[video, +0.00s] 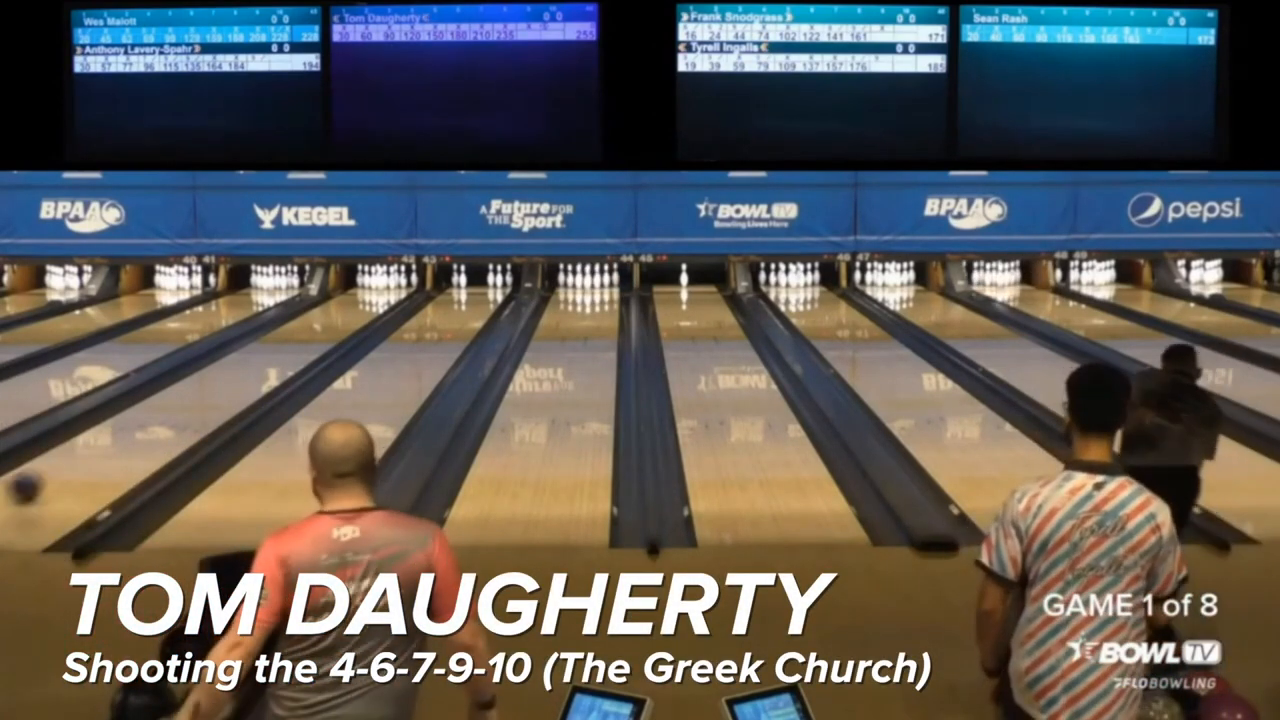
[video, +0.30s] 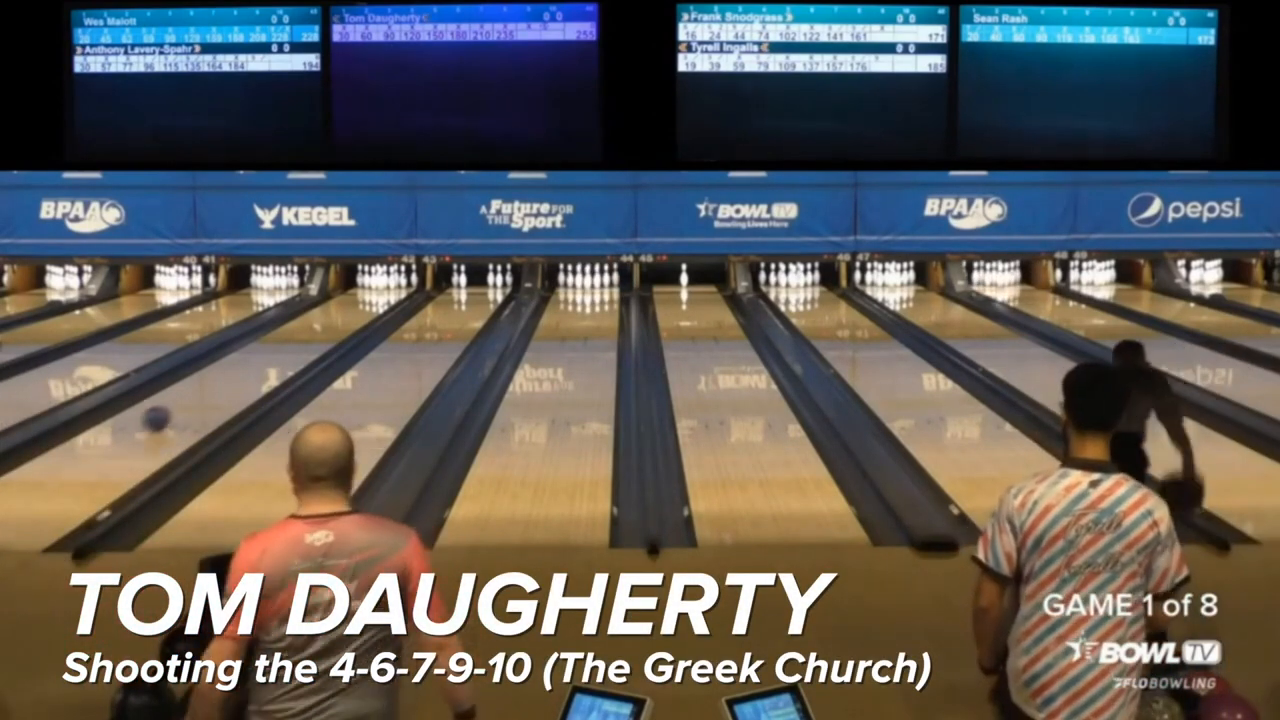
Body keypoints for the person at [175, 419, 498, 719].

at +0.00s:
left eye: (313, 468)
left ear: (314, 476)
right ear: (373, 468)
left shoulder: (283, 549)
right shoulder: (426, 540)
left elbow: (238, 649)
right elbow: (473, 648)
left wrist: (189, 713)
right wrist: (484, 703)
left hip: (295, 709)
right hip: (384, 709)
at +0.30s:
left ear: (292, 475)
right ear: (353, 472)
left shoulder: (256, 552)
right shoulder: (402, 545)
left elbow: (219, 673)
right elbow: (447, 654)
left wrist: (197, 715)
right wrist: (466, 710)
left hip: (277, 710)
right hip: (367, 709)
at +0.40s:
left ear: (269, 474)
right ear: (329, 474)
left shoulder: (229, 553)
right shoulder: (370, 551)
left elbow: (205, 662)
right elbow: (410, 650)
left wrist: (208, 713)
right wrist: (445, 704)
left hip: (254, 710)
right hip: (344, 709)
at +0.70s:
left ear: (235, 468)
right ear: (294, 469)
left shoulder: (194, 544)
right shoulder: (330, 546)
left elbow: (178, 645)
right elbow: (357, 645)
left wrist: (196, 697)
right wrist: (393, 704)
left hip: (219, 710)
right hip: (309, 710)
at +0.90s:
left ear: (226, 465)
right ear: (286, 466)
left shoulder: (186, 540)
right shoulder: (324, 537)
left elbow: (167, 651)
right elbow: (352, 643)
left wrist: (185, 704)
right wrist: (384, 706)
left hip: (216, 710)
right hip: (305, 709)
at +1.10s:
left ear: (231, 465)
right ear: (291, 463)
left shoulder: (190, 537)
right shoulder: (331, 535)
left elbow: (162, 640)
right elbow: (364, 634)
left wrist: (178, 701)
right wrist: (389, 705)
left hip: (210, 708)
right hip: (302, 709)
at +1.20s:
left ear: (228, 464)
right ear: (286, 462)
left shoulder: (188, 532)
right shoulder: (325, 530)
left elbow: (152, 625)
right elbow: (361, 627)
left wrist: (164, 688)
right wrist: (382, 697)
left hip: (205, 707)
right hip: (298, 706)